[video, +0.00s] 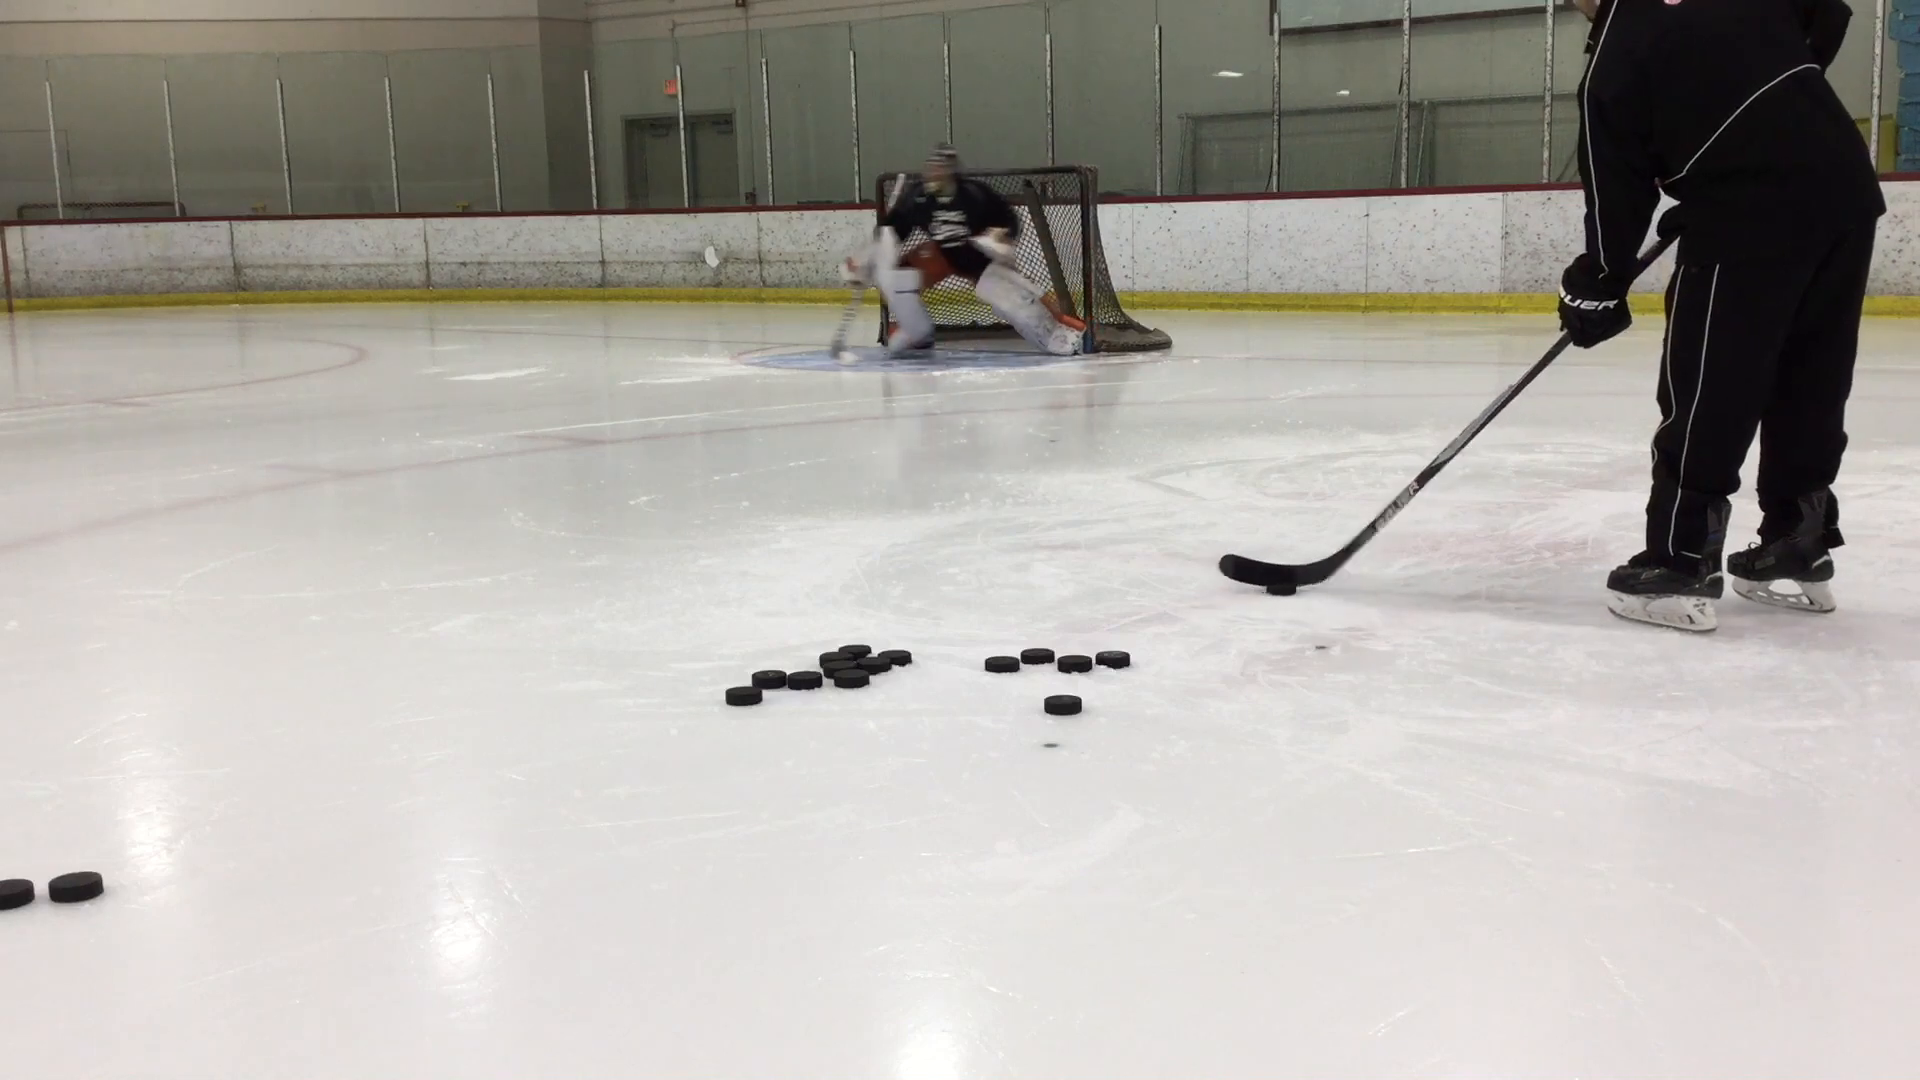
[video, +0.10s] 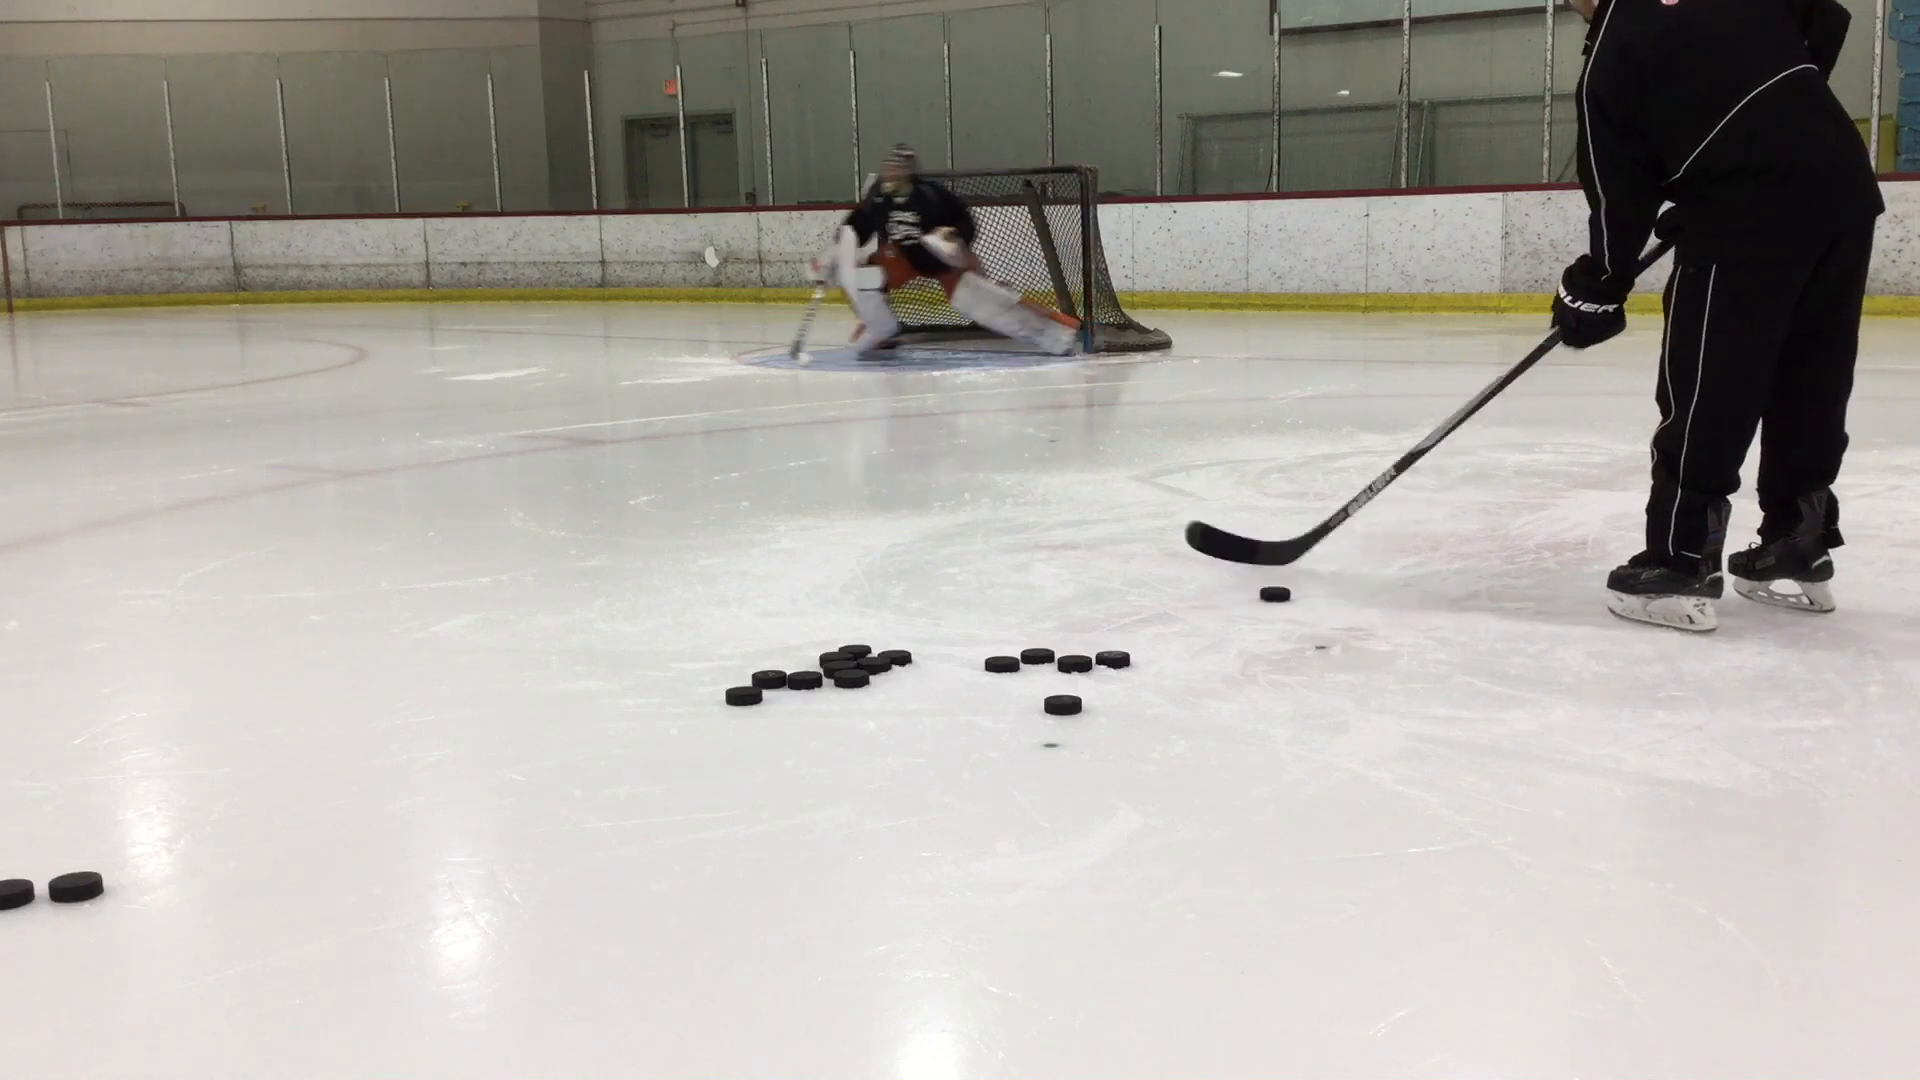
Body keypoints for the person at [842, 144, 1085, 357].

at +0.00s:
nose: (931, 175)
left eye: (938, 170)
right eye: (929, 169)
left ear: (951, 171)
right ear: (925, 171)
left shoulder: (974, 192)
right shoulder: (915, 198)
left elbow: (1009, 220)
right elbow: (890, 232)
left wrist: (997, 240)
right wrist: (866, 261)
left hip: (976, 258)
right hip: (938, 258)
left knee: (1017, 301)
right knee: (895, 281)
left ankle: (1058, 340)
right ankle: (918, 337)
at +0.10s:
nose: (892, 173)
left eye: (898, 167)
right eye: (889, 167)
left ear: (911, 170)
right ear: (883, 171)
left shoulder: (930, 194)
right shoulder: (878, 199)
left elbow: (964, 220)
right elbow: (854, 230)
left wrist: (956, 242)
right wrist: (833, 257)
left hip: (941, 258)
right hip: (902, 258)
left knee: (978, 302)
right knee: (855, 276)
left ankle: (1053, 337)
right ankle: (884, 331)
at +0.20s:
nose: (857, 172)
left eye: (863, 167)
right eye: (854, 166)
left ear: (876, 170)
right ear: (850, 168)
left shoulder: (897, 194)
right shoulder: (843, 196)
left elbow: (931, 224)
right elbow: (820, 229)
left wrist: (915, 244)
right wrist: (806, 257)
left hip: (915, 260)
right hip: (874, 261)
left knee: (931, 309)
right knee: (833, 278)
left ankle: (1003, 328)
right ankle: (840, 334)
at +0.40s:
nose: (811, 171)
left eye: (818, 166)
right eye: (809, 166)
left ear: (833, 168)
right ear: (807, 168)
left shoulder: (856, 191)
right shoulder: (800, 195)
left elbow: (891, 224)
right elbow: (779, 232)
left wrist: (874, 249)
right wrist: (758, 271)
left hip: (850, 264)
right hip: (817, 265)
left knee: (870, 310)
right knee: (797, 308)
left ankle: (919, 348)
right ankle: (765, 352)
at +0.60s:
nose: (795, 183)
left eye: (802, 179)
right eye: (793, 177)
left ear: (815, 181)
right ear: (788, 178)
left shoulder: (836, 203)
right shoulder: (779, 204)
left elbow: (874, 235)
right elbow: (755, 243)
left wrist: (852, 257)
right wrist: (732, 278)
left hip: (825, 269)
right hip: (788, 267)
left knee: (831, 312)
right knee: (769, 308)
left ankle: (887, 343)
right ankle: (741, 353)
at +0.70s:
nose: (790, 189)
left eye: (796, 184)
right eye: (787, 184)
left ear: (809, 185)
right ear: (782, 184)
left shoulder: (830, 205)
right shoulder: (775, 207)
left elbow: (871, 240)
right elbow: (751, 244)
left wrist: (850, 265)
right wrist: (728, 274)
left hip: (833, 282)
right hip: (790, 280)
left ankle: (889, 343)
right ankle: (751, 349)